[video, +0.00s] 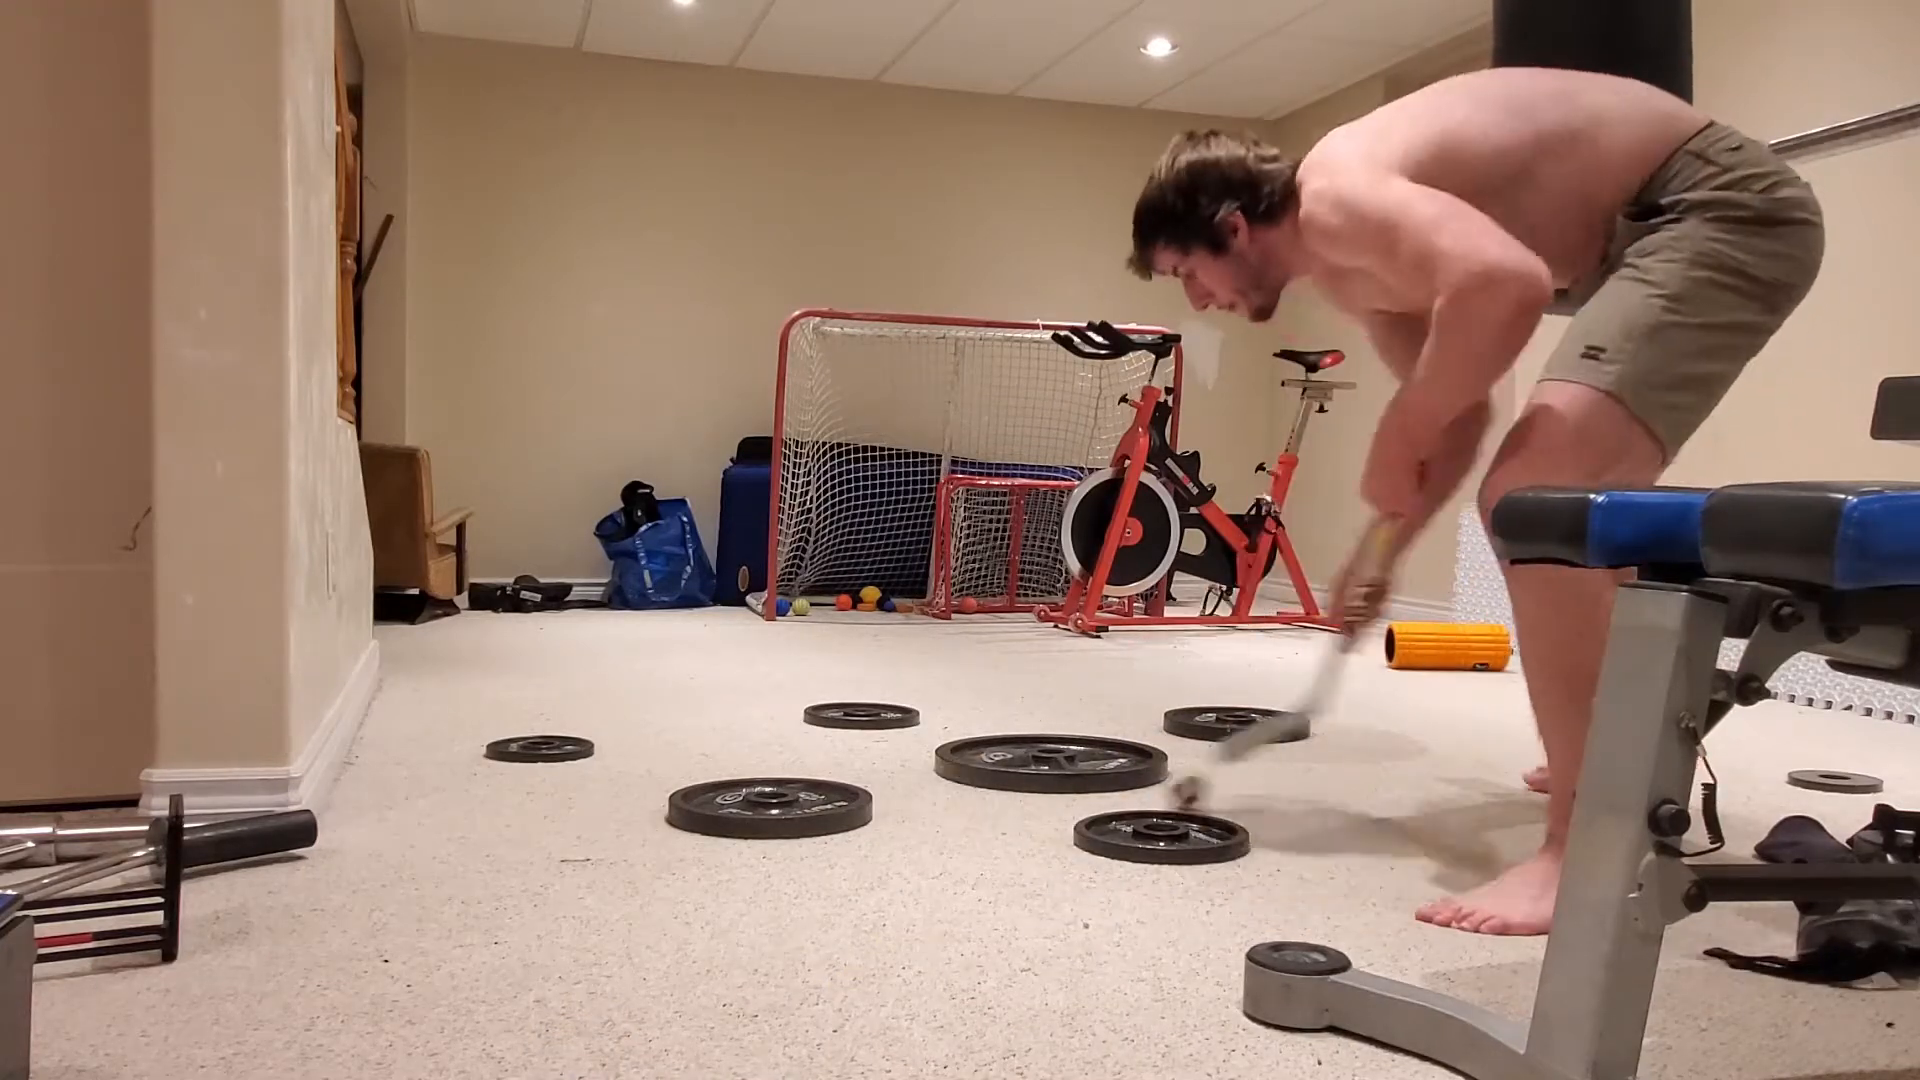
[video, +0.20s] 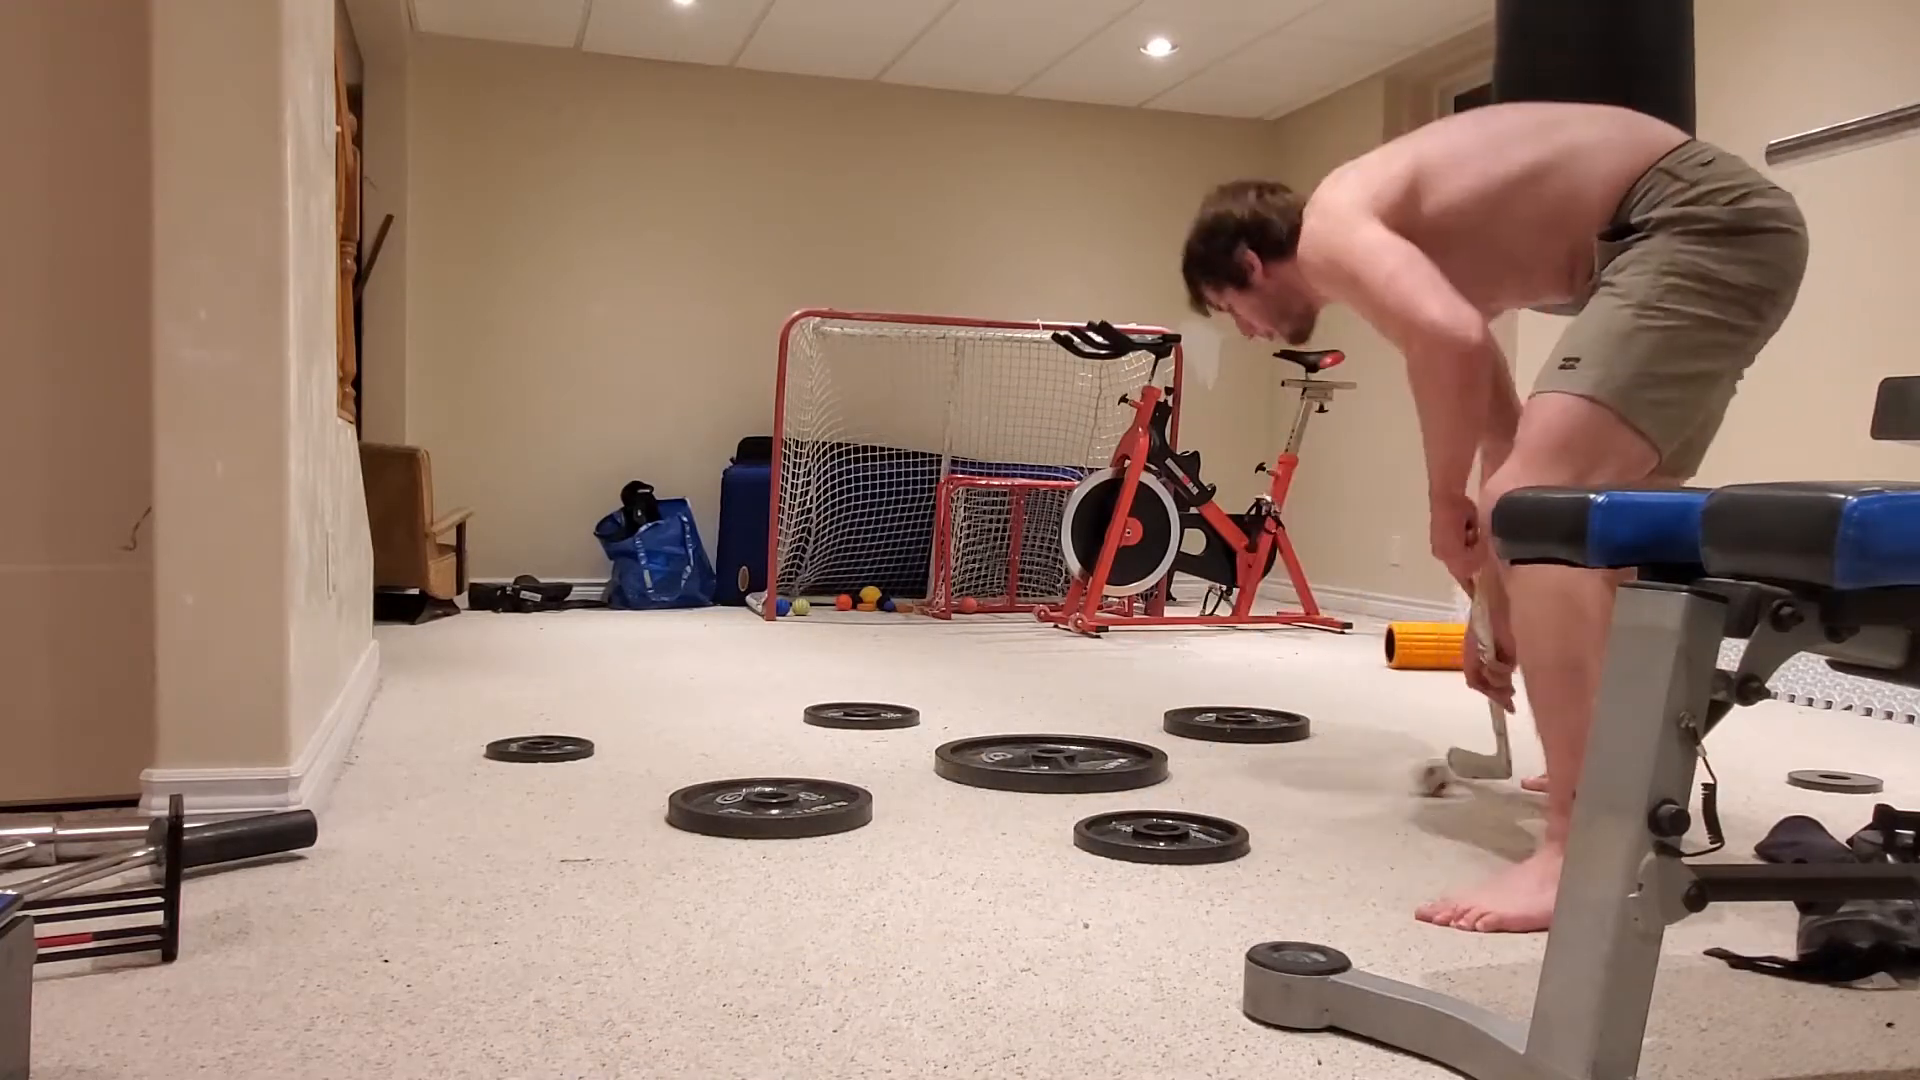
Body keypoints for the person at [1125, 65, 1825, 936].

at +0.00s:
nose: (1201, 303)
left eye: (1189, 278)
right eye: (1184, 290)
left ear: (1228, 226)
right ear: (1237, 228)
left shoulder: (1335, 202)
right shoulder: (1351, 269)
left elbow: (1505, 283)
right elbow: (1458, 411)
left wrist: (1407, 431)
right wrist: (1380, 549)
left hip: (1719, 207)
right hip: (1658, 231)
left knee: (1540, 492)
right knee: (1529, 491)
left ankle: (1579, 849)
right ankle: (1607, 748)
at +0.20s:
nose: (1251, 333)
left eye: (1233, 312)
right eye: (1232, 323)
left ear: (1249, 264)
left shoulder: (1331, 228)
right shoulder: (1385, 246)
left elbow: (1458, 339)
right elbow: (1504, 428)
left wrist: (1448, 499)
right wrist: (1491, 608)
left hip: (1699, 221)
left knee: (1533, 504)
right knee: (1540, 502)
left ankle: (1576, 851)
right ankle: (1599, 766)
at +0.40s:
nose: (1311, 374)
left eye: (1293, 355)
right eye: (1294, 366)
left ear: (1306, 310)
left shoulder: (1354, 254)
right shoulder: (1456, 321)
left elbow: (1442, 290)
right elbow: (1500, 474)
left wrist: (1459, 482)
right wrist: (1407, 606)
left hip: (1693, 231)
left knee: (1531, 497)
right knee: (1592, 517)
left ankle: (1552, 820)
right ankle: (1610, 813)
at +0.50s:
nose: (1306, 367)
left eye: (1287, 348)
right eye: (1288, 359)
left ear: (1304, 301)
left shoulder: (1352, 249)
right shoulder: (1461, 321)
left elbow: (1436, 307)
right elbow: (1509, 473)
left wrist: (1444, 495)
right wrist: (1429, 608)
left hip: (1688, 230)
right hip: (1732, 243)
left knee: (1517, 491)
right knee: (1602, 512)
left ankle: (1482, 817)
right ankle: (1647, 762)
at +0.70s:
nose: (1247, 339)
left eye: (1233, 317)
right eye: (1230, 329)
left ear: (1260, 269)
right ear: (1269, 271)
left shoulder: (1320, 226)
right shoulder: (1396, 295)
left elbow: (1420, 248)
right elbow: (1485, 417)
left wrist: (1416, 462)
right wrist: (1429, 573)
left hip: (1660, 237)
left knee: (1470, 497)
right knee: (1556, 511)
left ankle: (1462, 834)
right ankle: (1644, 750)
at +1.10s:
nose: (1092, 309)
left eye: (1079, 283)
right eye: (1075, 293)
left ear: (1117, 240)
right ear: (1124, 243)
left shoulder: (1228, 203)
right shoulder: (1220, 327)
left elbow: (1342, 332)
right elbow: (1227, 488)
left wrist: (1232, 504)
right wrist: (1117, 597)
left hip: (1551, 256)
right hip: (1502, 282)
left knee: (1350, 519)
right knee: (1398, 524)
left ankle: (1456, 836)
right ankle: (1559, 693)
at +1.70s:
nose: (995, 293)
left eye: (983, 271)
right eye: (982, 280)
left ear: (1008, 234)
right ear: (1016, 236)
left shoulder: (1082, 214)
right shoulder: (1115, 299)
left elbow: (1175, 344)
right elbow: (1138, 442)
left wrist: (1123, 481)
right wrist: (1061, 539)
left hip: (1349, 251)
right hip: (1301, 282)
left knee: (1246, 486)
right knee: (1216, 501)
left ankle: (1383, 723)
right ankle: (1259, 721)